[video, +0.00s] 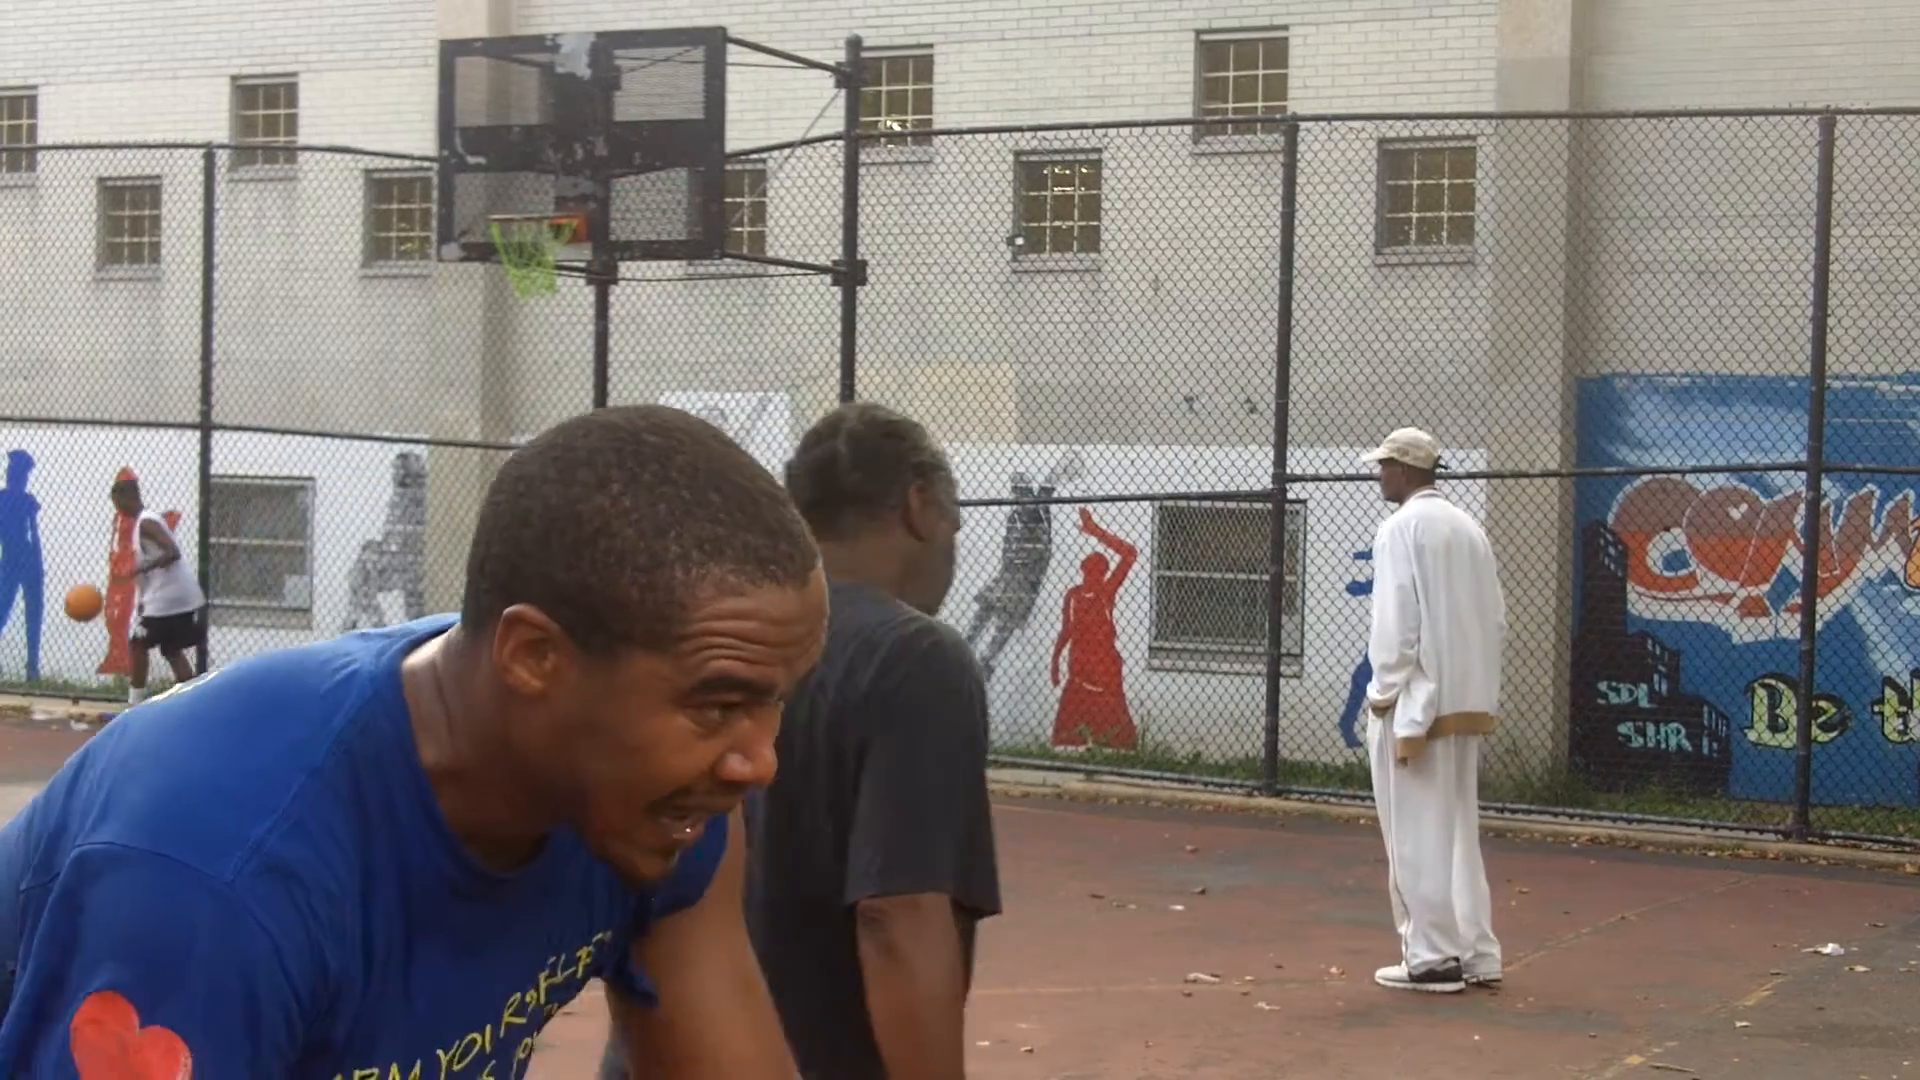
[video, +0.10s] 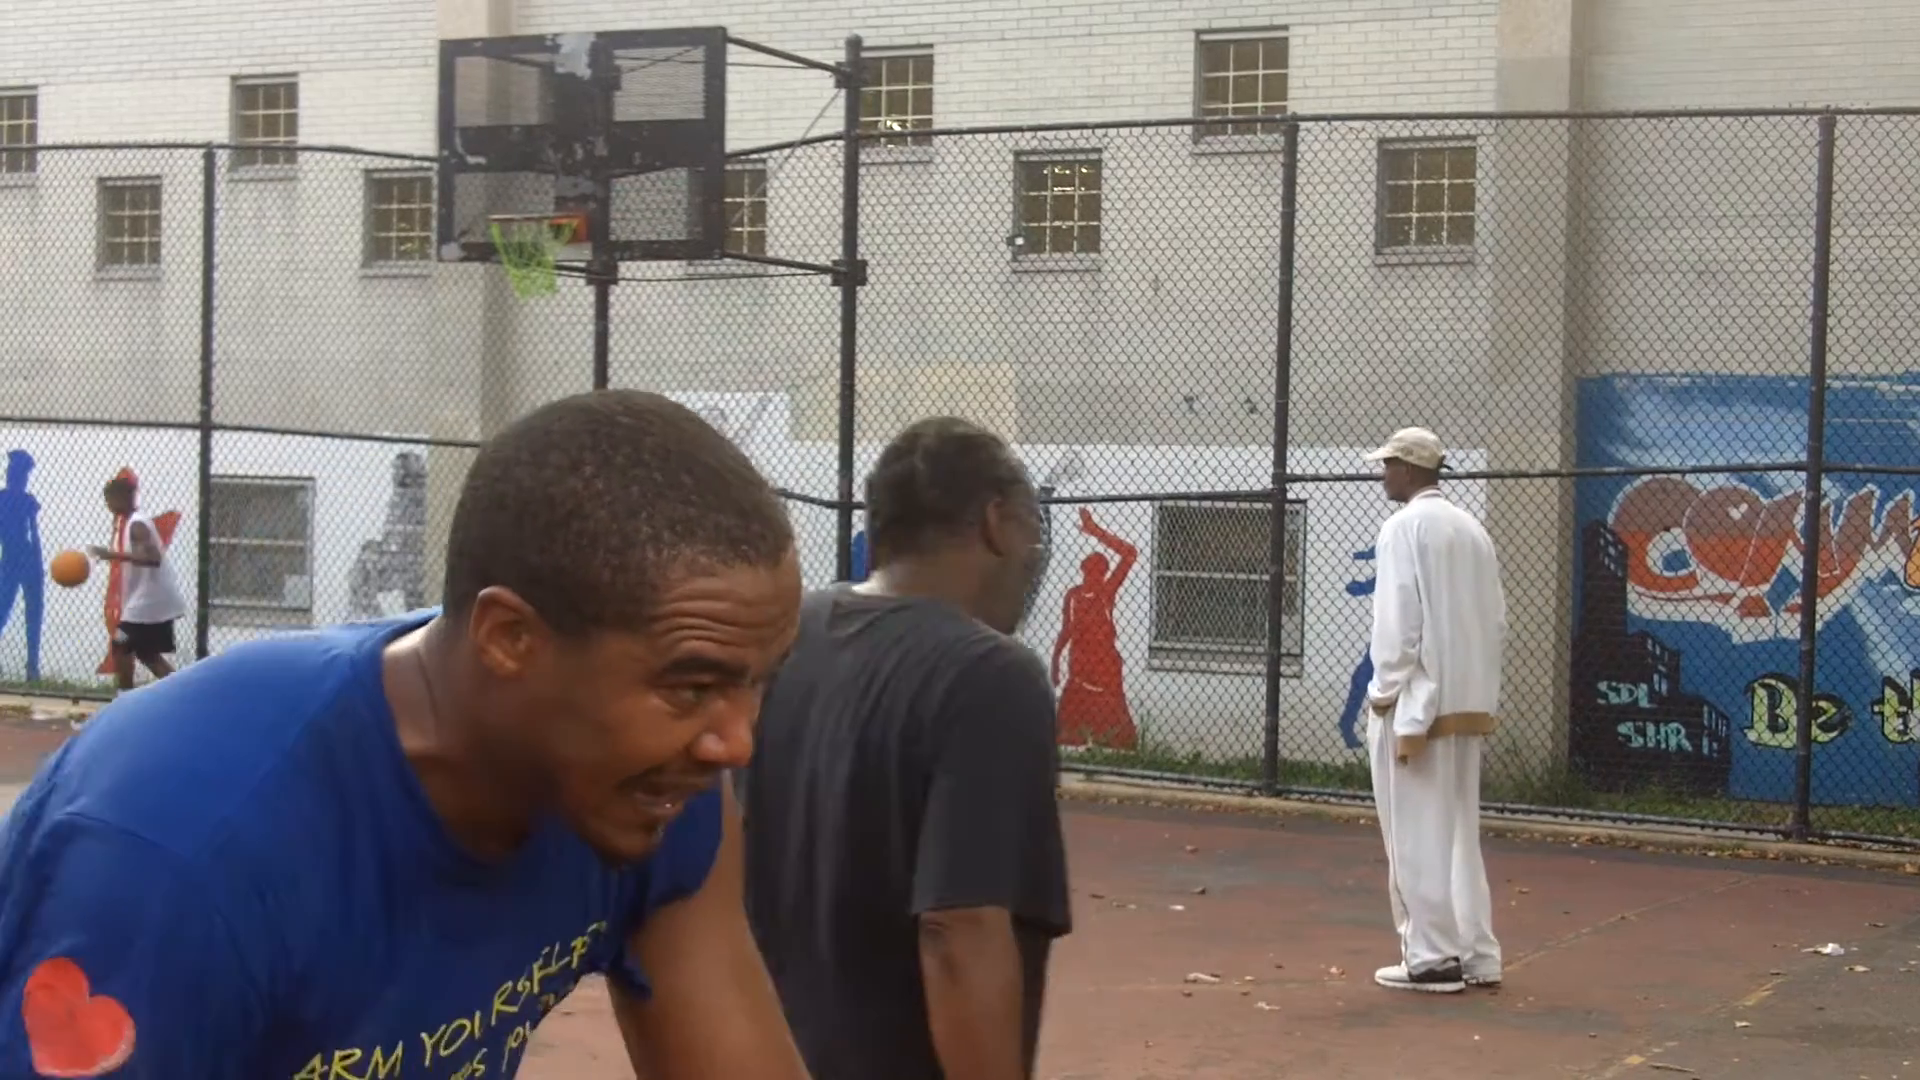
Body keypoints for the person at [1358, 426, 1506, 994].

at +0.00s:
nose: (1378, 478)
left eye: (1383, 469)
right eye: (1380, 469)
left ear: (1403, 471)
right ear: (1427, 472)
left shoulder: (1400, 526)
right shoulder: (1469, 526)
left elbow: (1396, 627)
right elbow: (1495, 618)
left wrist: (1382, 697)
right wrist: (1480, 690)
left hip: (1415, 703)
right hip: (1466, 701)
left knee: (1413, 832)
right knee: (1458, 826)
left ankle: (1433, 957)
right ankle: (1479, 954)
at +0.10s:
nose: (1381, 477)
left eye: (1387, 468)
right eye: (1384, 468)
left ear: (1407, 471)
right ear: (1431, 472)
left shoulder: (1402, 527)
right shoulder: (1473, 529)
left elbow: (1397, 627)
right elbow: (1496, 620)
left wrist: (1382, 695)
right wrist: (1480, 691)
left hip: (1415, 703)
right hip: (1466, 702)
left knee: (1412, 832)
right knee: (1459, 826)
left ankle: (1432, 957)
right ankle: (1479, 955)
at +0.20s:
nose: (1386, 476)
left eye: (1391, 468)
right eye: (1388, 467)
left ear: (1411, 470)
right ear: (1434, 471)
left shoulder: (1405, 526)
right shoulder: (1476, 529)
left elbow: (1399, 627)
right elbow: (1499, 620)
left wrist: (1383, 695)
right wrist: (1479, 689)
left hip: (1416, 701)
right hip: (1467, 701)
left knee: (1412, 830)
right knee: (1460, 825)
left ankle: (1431, 957)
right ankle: (1479, 955)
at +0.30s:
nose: (1392, 477)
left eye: (1397, 468)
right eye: (1394, 468)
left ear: (1416, 470)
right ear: (1440, 471)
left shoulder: (1409, 525)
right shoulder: (1481, 531)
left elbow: (1402, 624)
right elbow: (1500, 619)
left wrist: (1385, 693)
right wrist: (1484, 692)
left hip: (1417, 699)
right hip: (1468, 699)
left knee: (1413, 829)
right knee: (1461, 825)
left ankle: (1431, 957)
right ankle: (1479, 954)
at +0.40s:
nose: (1398, 477)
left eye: (1402, 469)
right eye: (1399, 468)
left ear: (1421, 470)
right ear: (1447, 472)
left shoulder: (1413, 525)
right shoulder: (1486, 531)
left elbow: (1404, 622)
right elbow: (1504, 622)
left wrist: (1387, 691)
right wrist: (1486, 689)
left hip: (1420, 697)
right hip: (1472, 699)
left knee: (1415, 827)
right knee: (1463, 824)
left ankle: (1430, 956)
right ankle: (1479, 954)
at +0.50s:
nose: (1404, 477)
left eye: (1409, 469)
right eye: (1406, 468)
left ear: (1427, 471)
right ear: (1453, 472)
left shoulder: (1417, 524)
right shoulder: (1492, 533)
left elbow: (1408, 618)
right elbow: (1511, 625)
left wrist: (1392, 689)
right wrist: (1495, 693)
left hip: (1424, 698)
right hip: (1477, 699)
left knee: (1419, 825)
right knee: (1467, 823)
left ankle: (1432, 955)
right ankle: (1479, 953)